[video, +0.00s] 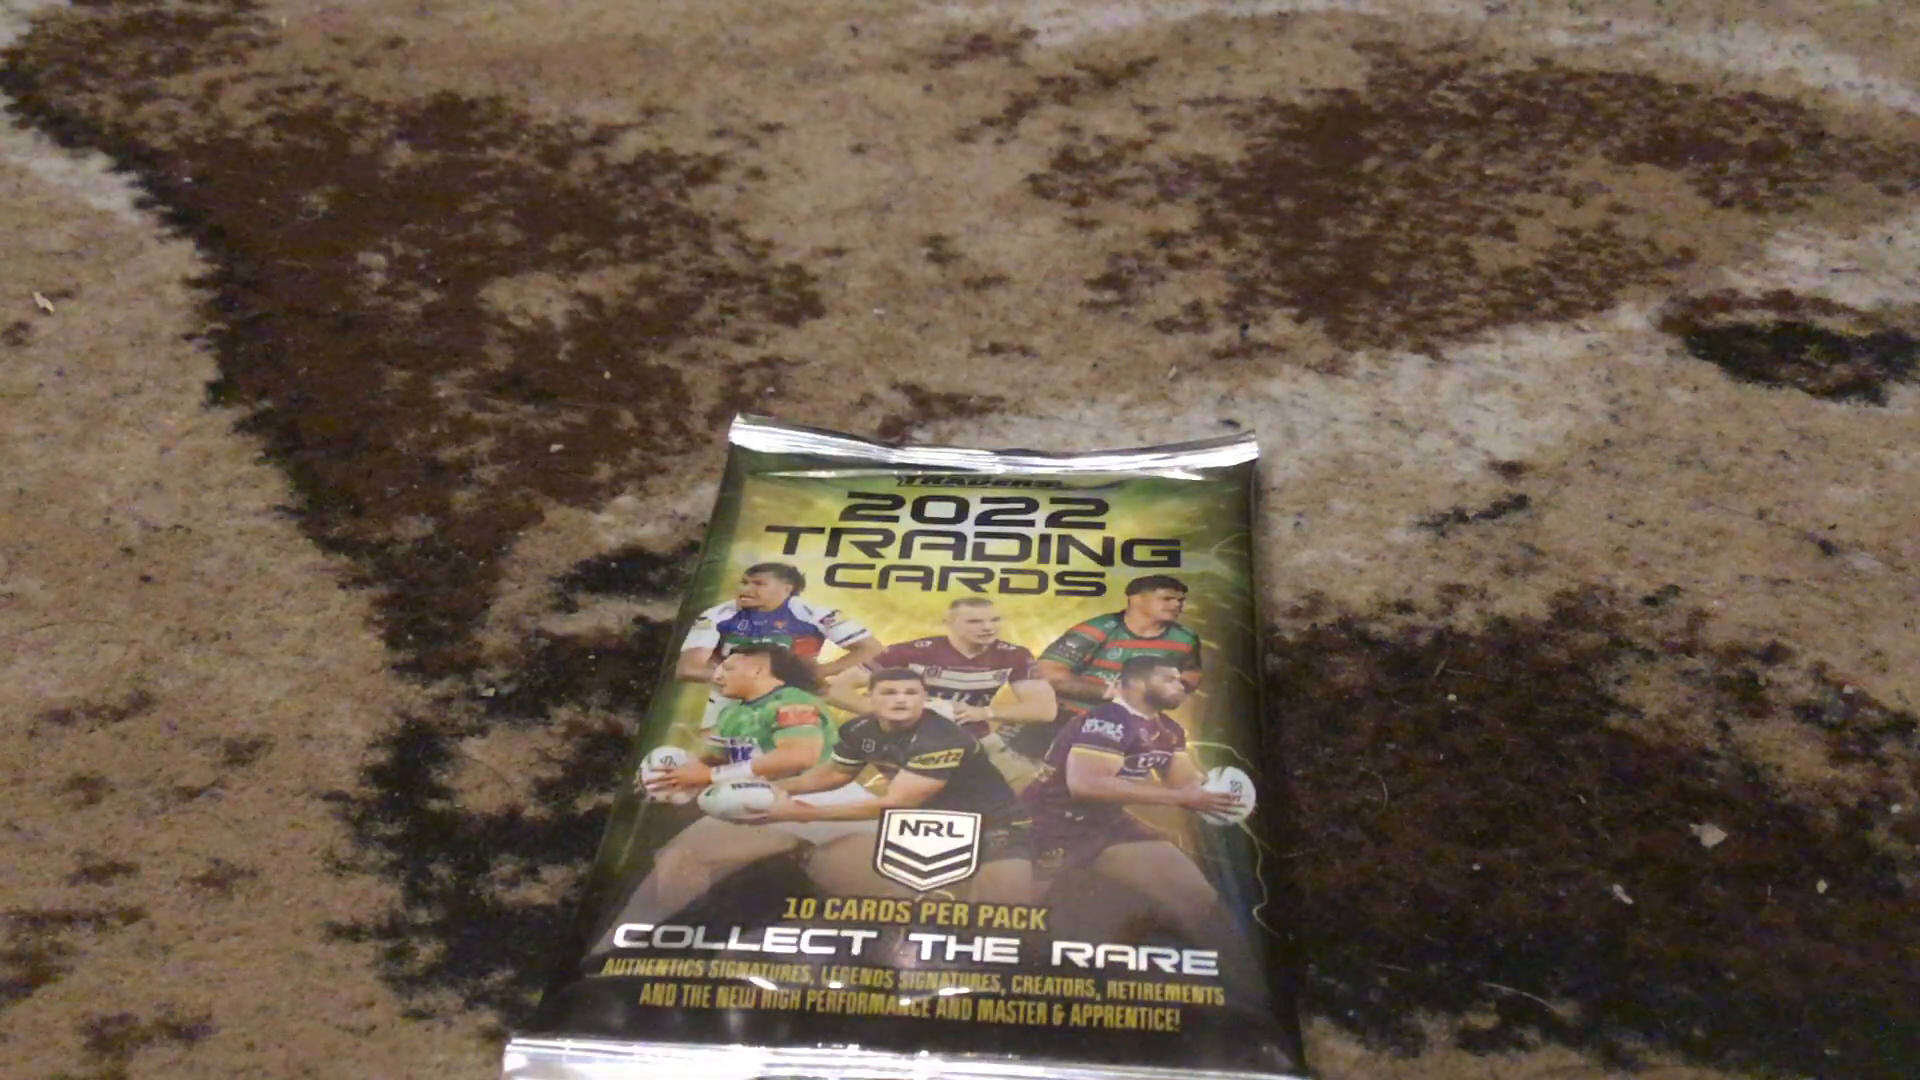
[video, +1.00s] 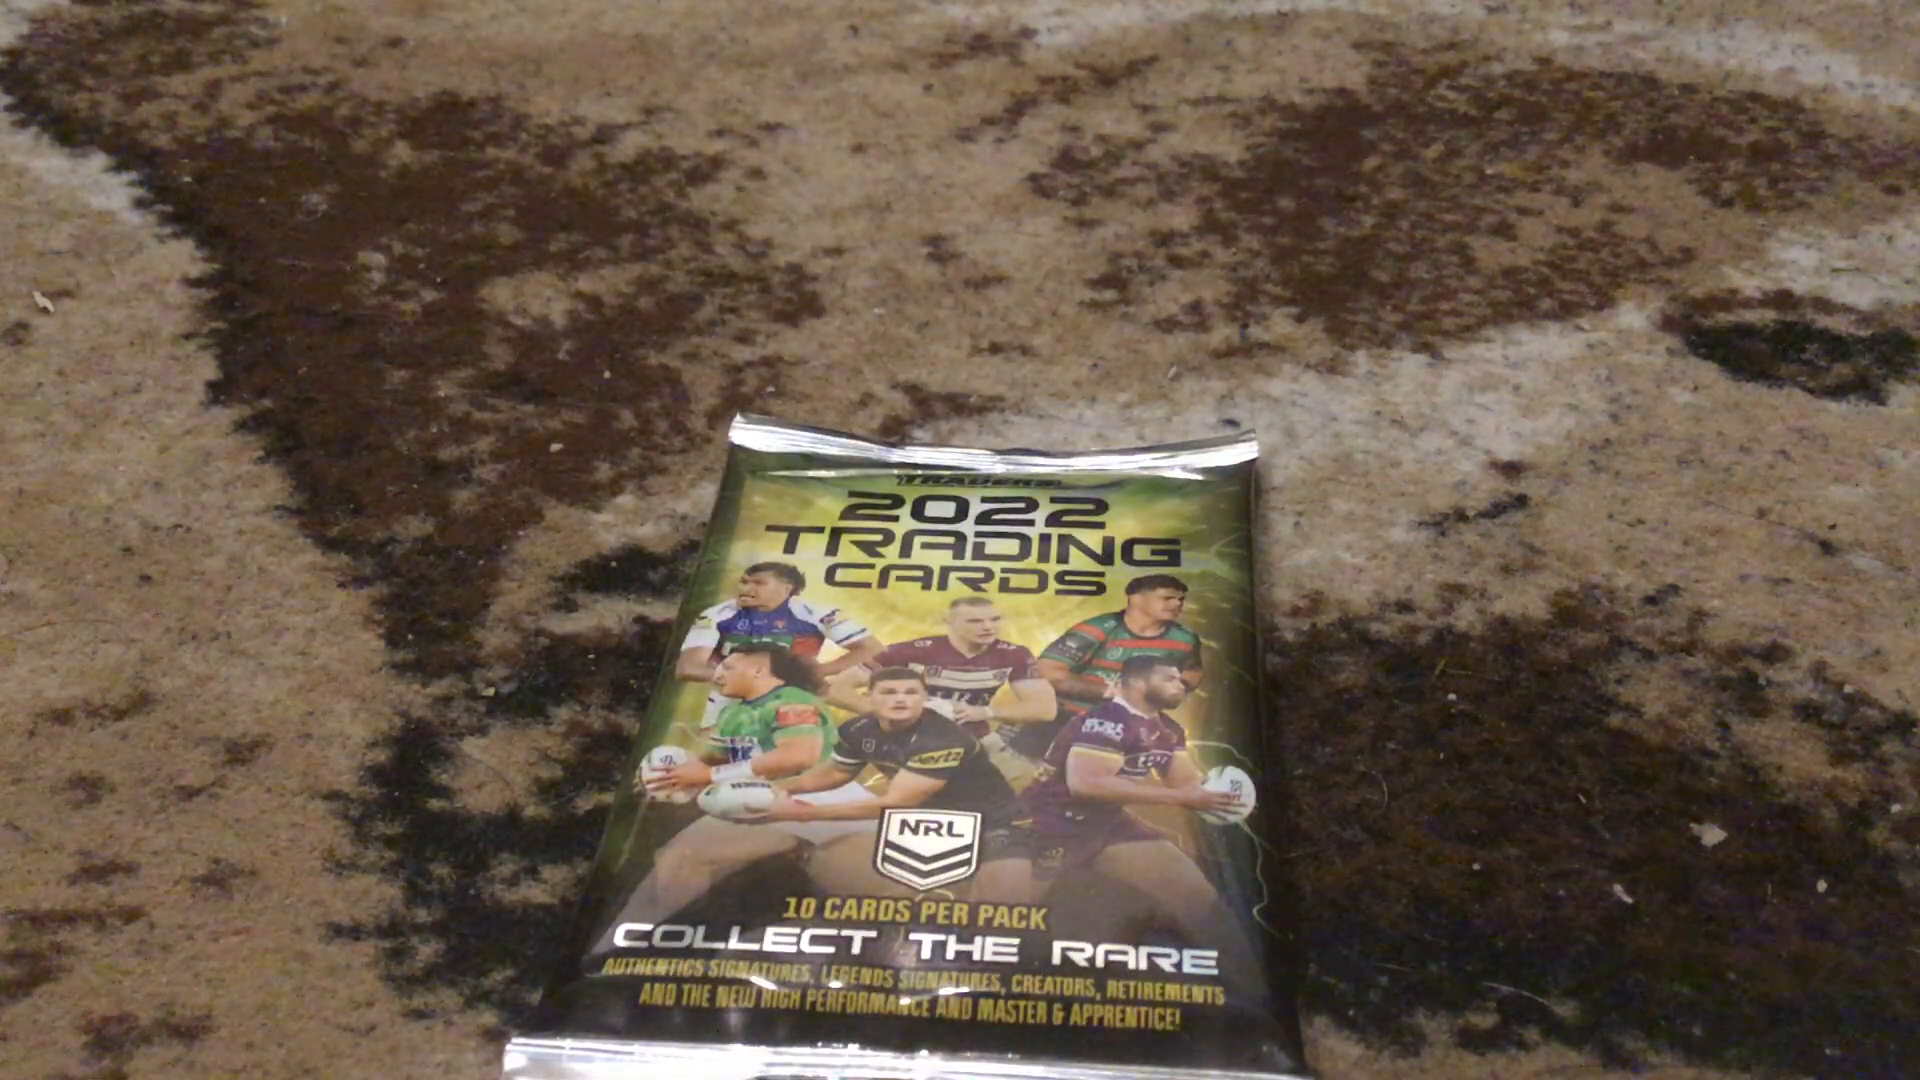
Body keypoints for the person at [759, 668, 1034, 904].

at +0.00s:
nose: (900, 700)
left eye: (910, 693)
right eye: (889, 693)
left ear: (925, 698)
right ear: (871, 699)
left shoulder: (943, 738)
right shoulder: (861, 731)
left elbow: (894, 806)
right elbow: (835, 773)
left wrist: (807, 813)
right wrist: (784, 786)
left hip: (994, 828)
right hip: (931, 826)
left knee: (1004, 918)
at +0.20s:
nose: (900, 700)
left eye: (910, 693)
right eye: (889, 693)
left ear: (924, 699)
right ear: (872, 699)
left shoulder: (943, 738)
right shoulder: (861, 731)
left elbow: (895, 805)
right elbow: (835, 773)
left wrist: (808, 813)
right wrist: (787, 786)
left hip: (995, 830)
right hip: (931, 826)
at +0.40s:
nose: (900, 700)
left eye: (910, 692)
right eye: (889, 692)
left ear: (924, 699)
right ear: (872, 698)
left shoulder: (943, 739)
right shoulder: (861, 732)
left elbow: (894, 806)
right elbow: (833, 773)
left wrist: (806, 813)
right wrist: (786, 786)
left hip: (993, 827)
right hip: (927, 824)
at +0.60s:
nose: (899, 700)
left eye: (910, 693)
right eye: (889, 693)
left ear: (924, 699)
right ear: (872, 698)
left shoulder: (944, 738)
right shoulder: (861, 732)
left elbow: (895, 805)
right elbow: (834, 772)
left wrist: (807, 813)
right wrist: (786, 787)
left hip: (993, 827)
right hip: (928, 825)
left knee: (1005, 909)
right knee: (833, 866)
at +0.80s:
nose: (900, 700)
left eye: (910, 693)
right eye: (889, 693)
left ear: (924, 699)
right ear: (872, 698)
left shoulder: (943, 738)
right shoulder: (861, 731)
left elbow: (894, 805)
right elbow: (834, 772)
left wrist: (807, 813)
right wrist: (786, 786)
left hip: (994, 828)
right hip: (930, 823)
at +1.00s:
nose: (900, 700)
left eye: (910, 693)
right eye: (889, 693)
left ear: (924, 698)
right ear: (872, 698)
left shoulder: (944, 738)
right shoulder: (861, 731)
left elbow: (895, 805)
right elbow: (834, 772)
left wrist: (811, 813)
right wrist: (788, 785)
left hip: (993, 828)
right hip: (930, 826)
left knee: (1006, 913)